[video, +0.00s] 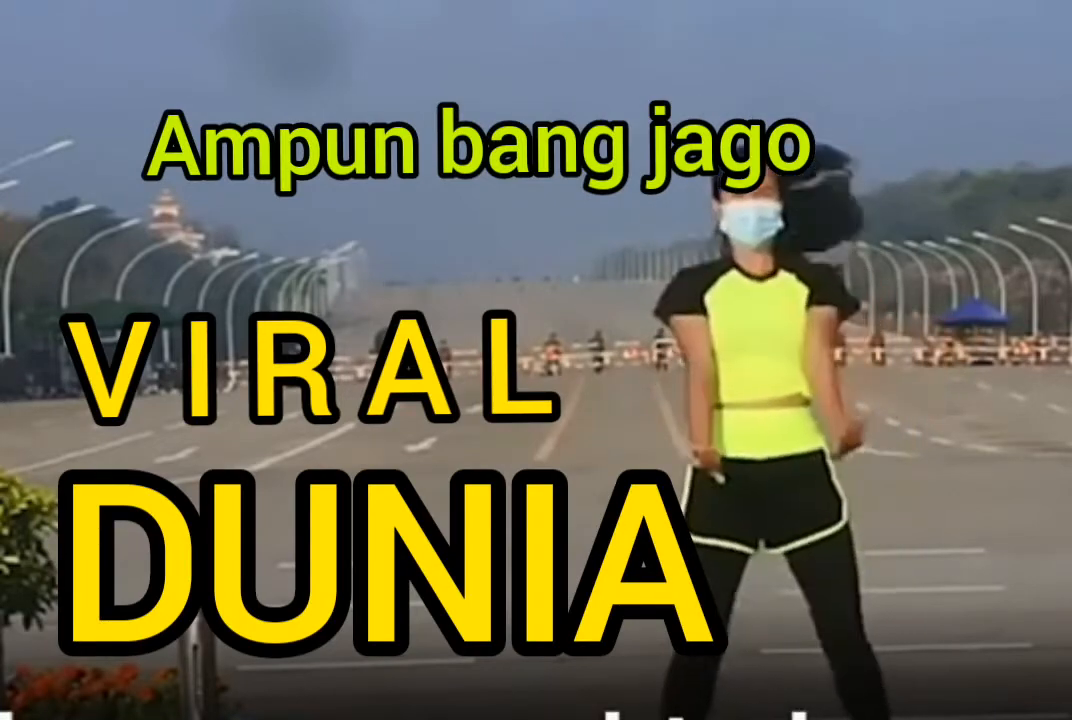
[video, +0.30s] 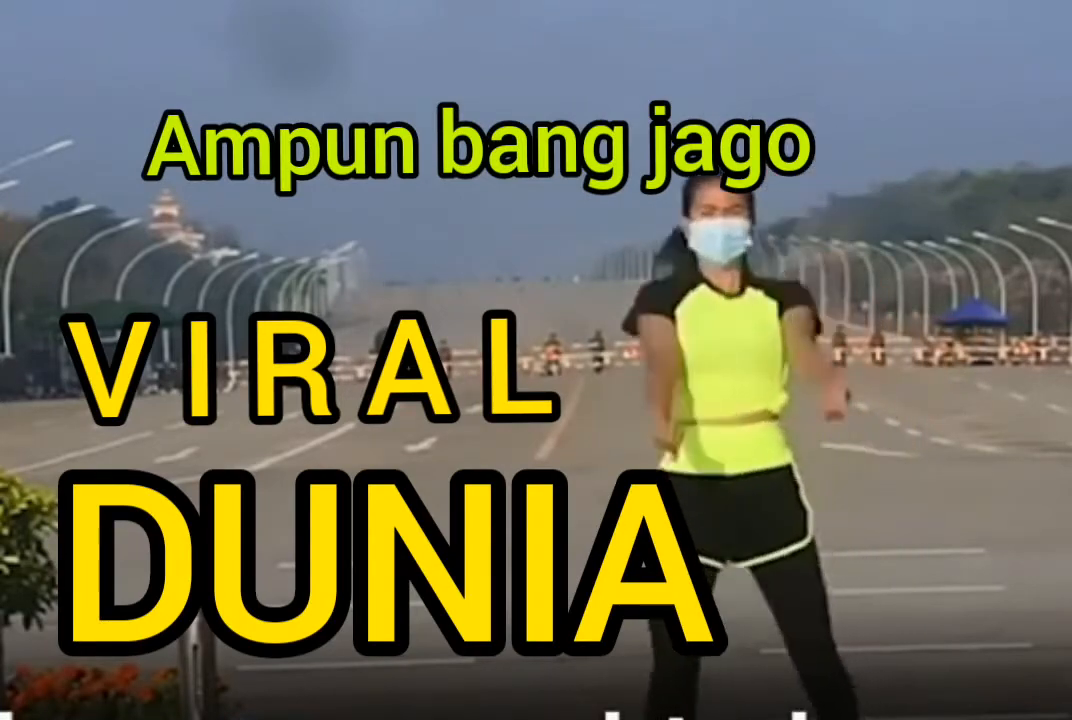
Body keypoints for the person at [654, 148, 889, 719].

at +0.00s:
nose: (755, 210)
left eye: (766, 197)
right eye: (740, 197)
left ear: (783, 204)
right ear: (718, 208)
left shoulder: (816, 282)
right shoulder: (692, 288)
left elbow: (821, 361)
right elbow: (700, 369)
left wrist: (841, 431)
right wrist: (702, 444)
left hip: (805, 479)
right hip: (722, 484)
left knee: (845, 639)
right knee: (699, 641)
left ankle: (873, 719)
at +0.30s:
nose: (723, 224)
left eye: (734, 212)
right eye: (709, 213)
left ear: (751, 221)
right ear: (688, 224)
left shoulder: (786, 297)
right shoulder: (663, 298)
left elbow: (802, 349)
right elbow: (661, 364)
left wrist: (829, 376)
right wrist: (662, 419)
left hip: (769, 487)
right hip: (687, 493)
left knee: (814, 650)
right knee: (673, 660)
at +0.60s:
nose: (687, 284)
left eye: (699, 273)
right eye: (674, 272)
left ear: (715, 286)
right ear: (651, 284)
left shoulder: (745, 357)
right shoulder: (626, 356)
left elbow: (839, 380)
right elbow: (549, 399)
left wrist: (759, 385)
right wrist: (624, 379)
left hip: (728, 548)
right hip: (649, 553)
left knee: (752, 703)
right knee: (638, 701)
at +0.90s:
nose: (677, 211)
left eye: (688, 199)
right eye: (663, 200)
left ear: (705, 209)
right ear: (643, 212)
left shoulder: (738, 287)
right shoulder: (617, 291)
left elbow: (793, 363)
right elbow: (570, 375)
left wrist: (764, 452)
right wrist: (609, 459)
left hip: (726, 478)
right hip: (643, 480)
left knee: (737, 650)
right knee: (642, 650)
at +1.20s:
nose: (684, 211)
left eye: (696, 199)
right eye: (669, 200)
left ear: (713, 210)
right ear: (648, 213)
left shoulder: (750, 288)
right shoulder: (625, 295)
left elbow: (814, 362)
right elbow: (568, 379)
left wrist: (785, 440)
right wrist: (626, 458)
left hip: (743, 485)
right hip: (660, 486)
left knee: (761, 650)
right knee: (661, 652)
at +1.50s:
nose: (706, 279)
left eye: (717, 267)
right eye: (691, 269)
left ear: (735, 278)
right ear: (670, 282)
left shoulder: (768, 352)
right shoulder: (655, 356)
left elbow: (800, 382)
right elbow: (651, 385)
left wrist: (810, 372)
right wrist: (656, 381)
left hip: (766, 541)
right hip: (687, 548)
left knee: (833, 685)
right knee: (661, 697)